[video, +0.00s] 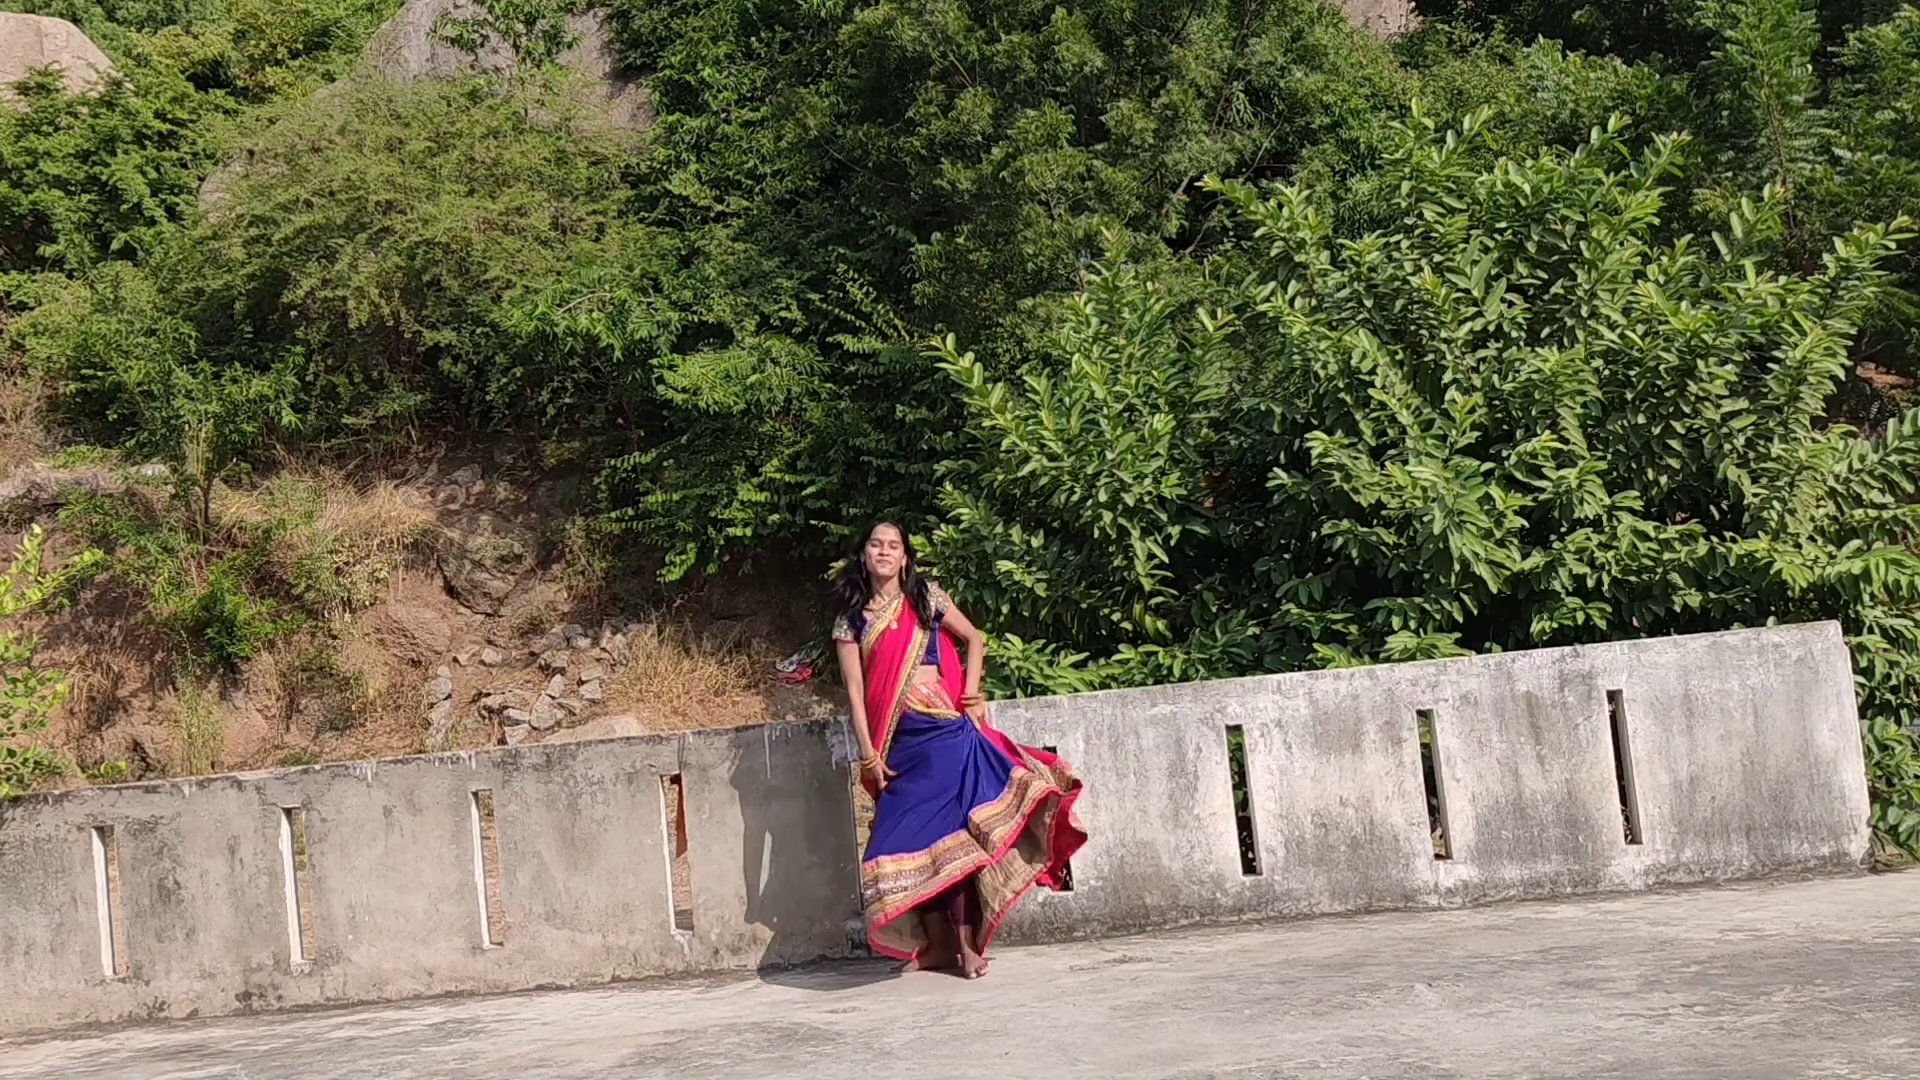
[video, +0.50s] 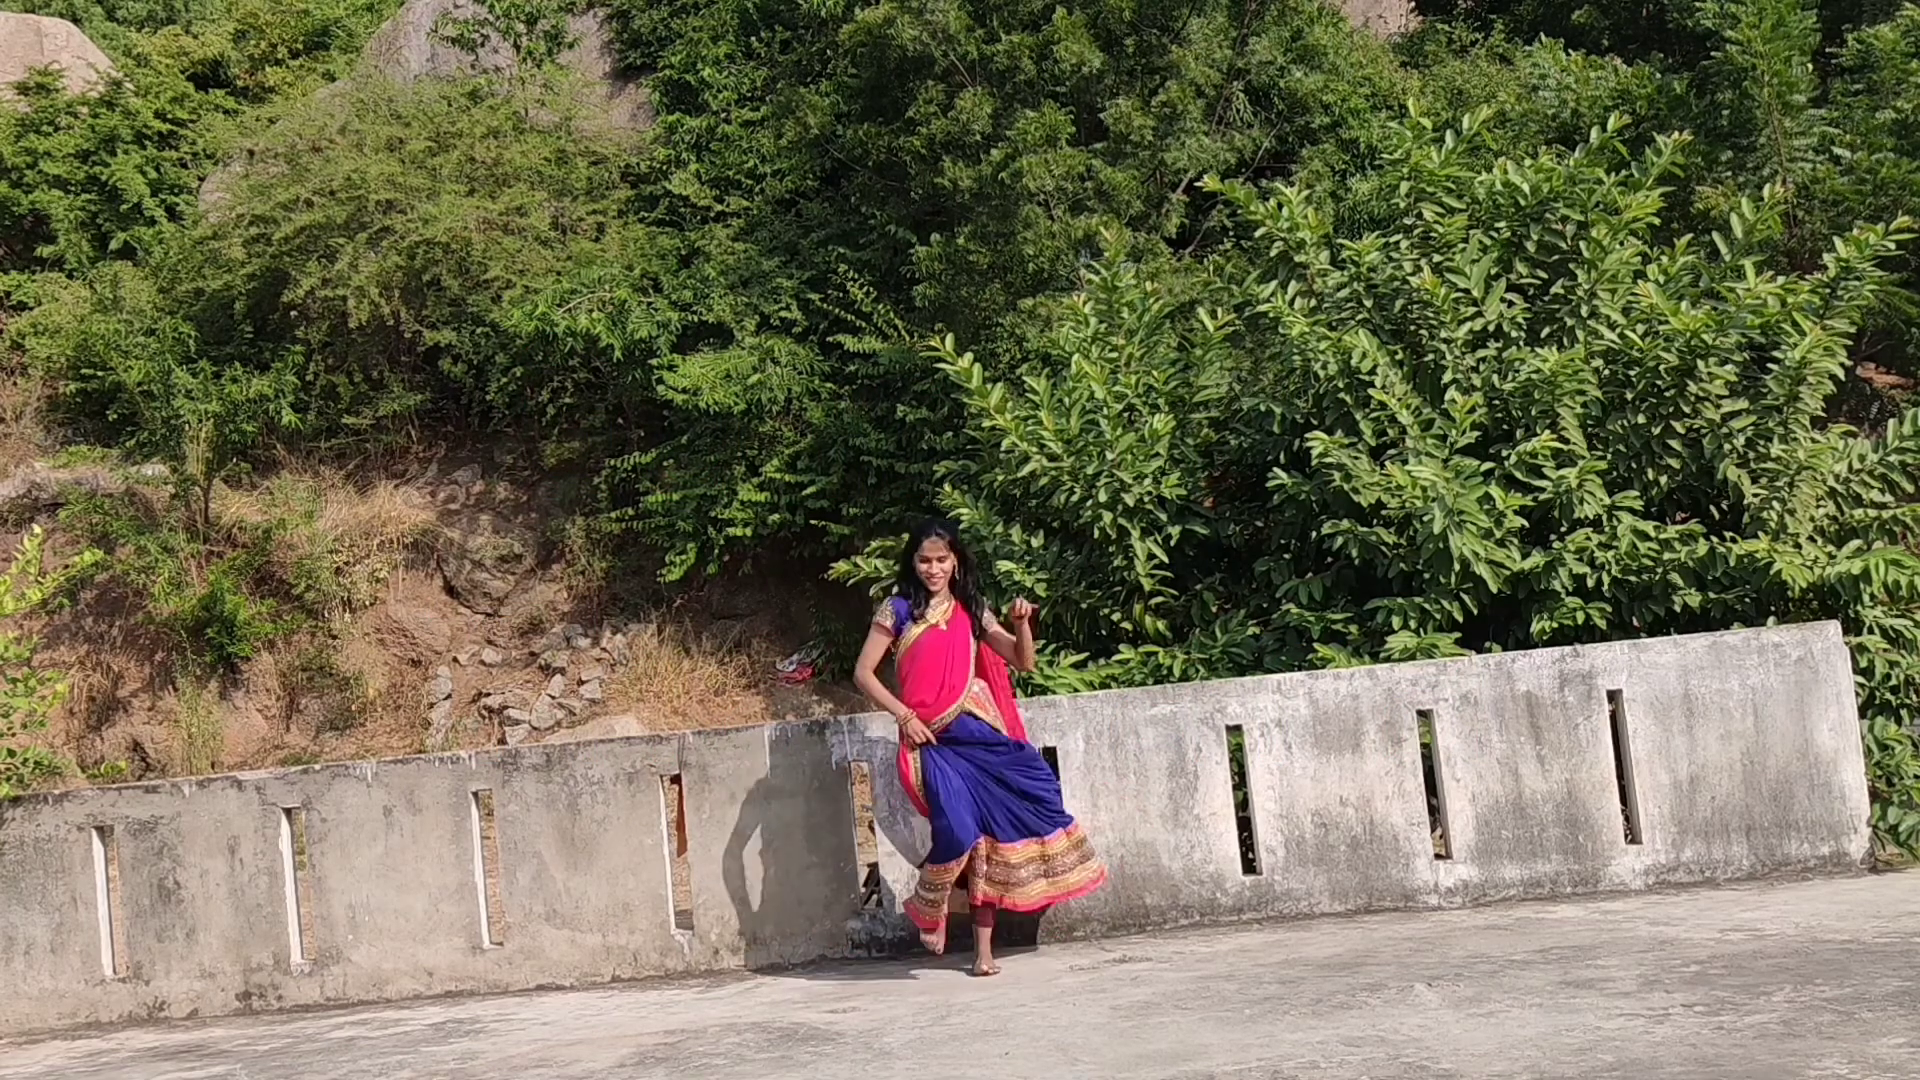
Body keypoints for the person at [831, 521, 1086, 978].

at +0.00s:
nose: (884, 552)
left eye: (892, 546)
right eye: (876, 544)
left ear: (905, 557)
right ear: (863, 554)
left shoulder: (927, 597)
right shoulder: (851, 621)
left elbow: (974, 638)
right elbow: (855, 690)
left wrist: (971, 691)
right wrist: (869, 752)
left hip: (949, 731)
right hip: (900, 739)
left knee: (959, 831)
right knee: (915, 835)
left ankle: (966, 943)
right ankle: (936, 942)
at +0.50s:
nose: (932, 568)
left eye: (941, 559)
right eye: (924, 559)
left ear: (956, 562)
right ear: (912, 563)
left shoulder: (971, 609)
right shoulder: (897, 609)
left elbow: (1023, 662)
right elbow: (862, 672)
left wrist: (1023, 624)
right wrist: (903, 715)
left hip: (979, 731)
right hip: (930, 737)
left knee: (986, 836)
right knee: (960, 833)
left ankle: (983, 947)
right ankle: (930, 906)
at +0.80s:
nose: (949, 570)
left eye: (957, 560)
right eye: (940, 562)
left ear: (973, 559)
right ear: (929, 563)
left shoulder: (991, 602)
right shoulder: (916, 603)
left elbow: (1021, 584)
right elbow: (882, 666)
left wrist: (1001, 544)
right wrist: (914, 683)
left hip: (985, 725)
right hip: (937, 727)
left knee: (967, 830)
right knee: (965, 831)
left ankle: (939, 940)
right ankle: (978, 953)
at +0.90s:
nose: (951, 567)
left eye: (960, 557)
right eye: (942, 558)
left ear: (977, 559)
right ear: (931, 562)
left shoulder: (996, 604)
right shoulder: (920, 605)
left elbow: (1033, 579)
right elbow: (883, 668)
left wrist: (1005, 539)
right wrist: (919, 689)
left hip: (984, 733)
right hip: (936, 733)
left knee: (978, 835)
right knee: (958, 839)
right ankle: (975, 962)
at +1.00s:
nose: (952, 562)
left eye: (961, 553)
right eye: (944, 554)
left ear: (978, 557)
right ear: (933, 559)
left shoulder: (1000, 604)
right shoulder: (921, 606)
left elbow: (1044, 571)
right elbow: (881, 665)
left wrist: (1010, 534)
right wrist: (923, 697)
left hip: (990, 733)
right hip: (940, 735)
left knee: (982, 837)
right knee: (961, 840)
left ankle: (938, 925)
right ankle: (978, 963)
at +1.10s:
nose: (956, 552)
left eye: (965, 544)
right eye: (947, 544)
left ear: (982, 551)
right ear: (935, 551)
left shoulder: (1001, 600)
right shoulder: (923, 601)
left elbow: (1053, 563)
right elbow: (880, 657)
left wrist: (1016, 530)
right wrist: (924, 698)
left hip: (994, 729)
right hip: (944, 733)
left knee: (1004, 840)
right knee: (958, 841)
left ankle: (948, 946)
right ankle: (977, 963)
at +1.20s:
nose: (958, 541)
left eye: (967, 534)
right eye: (950, 534)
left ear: (984, 543)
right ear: (937, 544)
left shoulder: (1004, 593)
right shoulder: (926, 593)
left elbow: (1061, 559)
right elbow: (883, 648)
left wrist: (1019, 524)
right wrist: (927, 702)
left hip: (998, 723)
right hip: (945, 728)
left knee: (1009, 832)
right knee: (954, 838)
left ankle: (1015, 943)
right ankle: (968, 960)